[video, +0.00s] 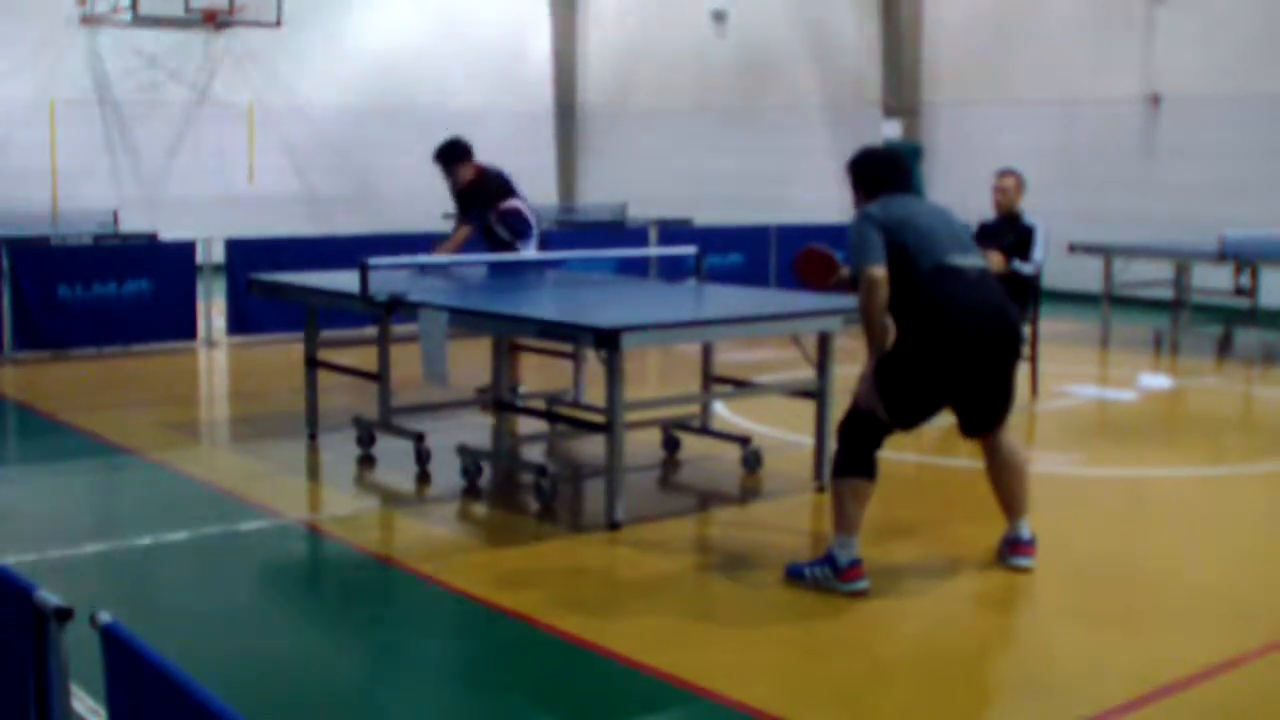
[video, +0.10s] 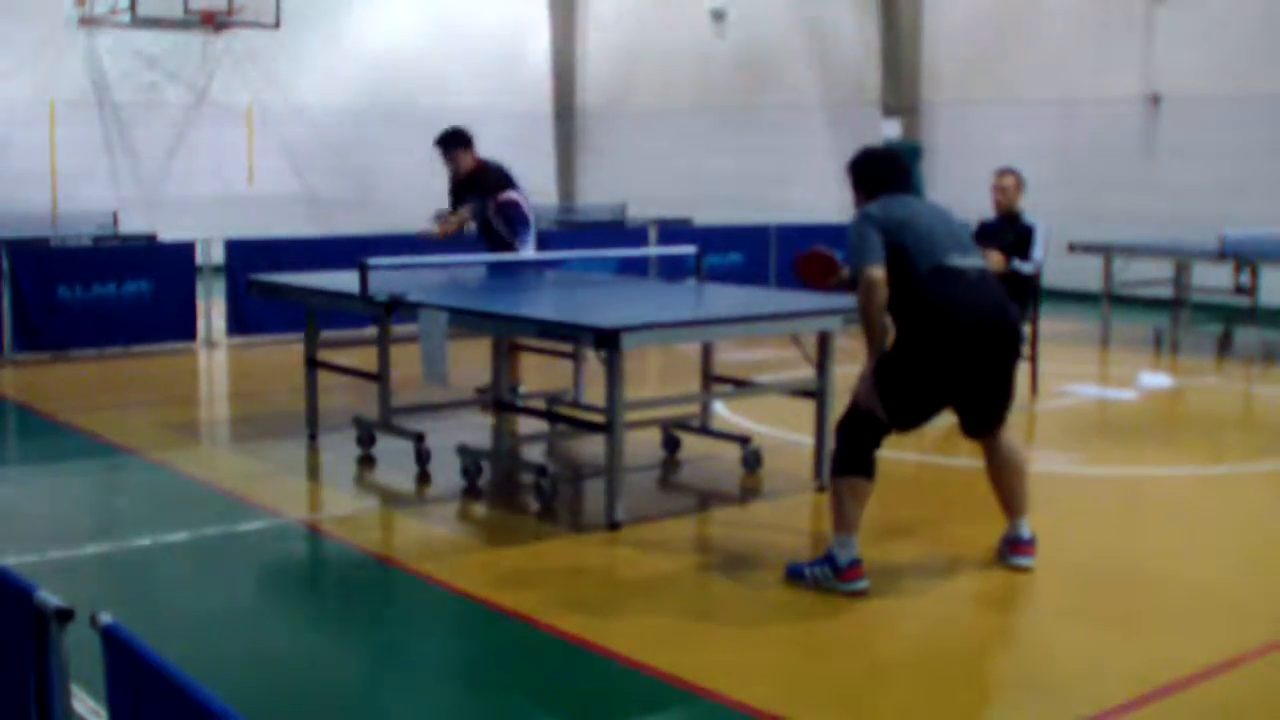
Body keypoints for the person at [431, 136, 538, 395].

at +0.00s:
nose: (449, 176)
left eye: (452, 169)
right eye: (447, 171)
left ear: (465, 163)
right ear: (452, 167)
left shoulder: (485, 183)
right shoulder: (462, 187)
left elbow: (468, 226)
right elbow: (464, 225)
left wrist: (442, 255)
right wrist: (444, 252)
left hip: (519, 263)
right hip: (498, 261)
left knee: (510, 328)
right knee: (500, 327)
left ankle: (510, 385)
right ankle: (501, 382)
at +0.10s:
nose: (450, 165)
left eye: (453, 158)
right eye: (447, 159)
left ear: (467, 152)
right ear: (449, 157)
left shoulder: (491, 175)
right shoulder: (459, 181)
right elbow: (460, 214)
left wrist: (448, 228)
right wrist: (448, 223)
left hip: (517, 262)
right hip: (494, 260)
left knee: (509, 327)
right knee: (499, 326)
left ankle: (511, 384)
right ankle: (501, 382)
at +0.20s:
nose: (454, 154)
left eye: (458, 146)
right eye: (451, 149)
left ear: (471, 142)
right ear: (449, 150)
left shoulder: (490, 162)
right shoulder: (462, 173)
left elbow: (477, 183)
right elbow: (443, 214)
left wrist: (436, 175)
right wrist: (427, 180)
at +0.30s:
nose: (452, 148)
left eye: (457, 141)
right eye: (451, 142)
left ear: (472, 135)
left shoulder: (496, 161)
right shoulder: (467, 171)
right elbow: (438, 212)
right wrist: (415, 180)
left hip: (519, 256)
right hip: (494, 255)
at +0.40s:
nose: (455, 142)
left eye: (460, 135)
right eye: (452, 136)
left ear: (476, 135)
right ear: (453, 139)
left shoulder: (496, 163)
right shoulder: (467, 172)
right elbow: (450, 216)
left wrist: (501, 147)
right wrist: (417, 205)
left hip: (514, 256)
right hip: (492, 255)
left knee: (500, 321)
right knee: (492, 320)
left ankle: (508, 378)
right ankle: (505, 377)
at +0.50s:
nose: (455, 139)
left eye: (462, 132)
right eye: (453, 133)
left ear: (477, 136)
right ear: (451, 139)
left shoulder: (491, 159)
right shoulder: (463, 176)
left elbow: (511, 172)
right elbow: (457, 216)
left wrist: (517, 162)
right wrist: (438, 222)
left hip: (510, 256)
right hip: (487, 257)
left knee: (500, 323)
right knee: (489, 323)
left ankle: (507, 380)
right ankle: (505, 378)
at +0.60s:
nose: (454, 144)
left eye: (460, 138)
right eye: (451, 139)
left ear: (475, 140)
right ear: (448, 144)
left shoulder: (491, 166)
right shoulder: (460, 181)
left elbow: (513, 181)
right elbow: (448, 219)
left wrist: (532, 188)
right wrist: (456, 223)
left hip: (508, 262)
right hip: (484, 262)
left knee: (498, 328)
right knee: (485, 328)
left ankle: (507, 384)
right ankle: (506, 381)